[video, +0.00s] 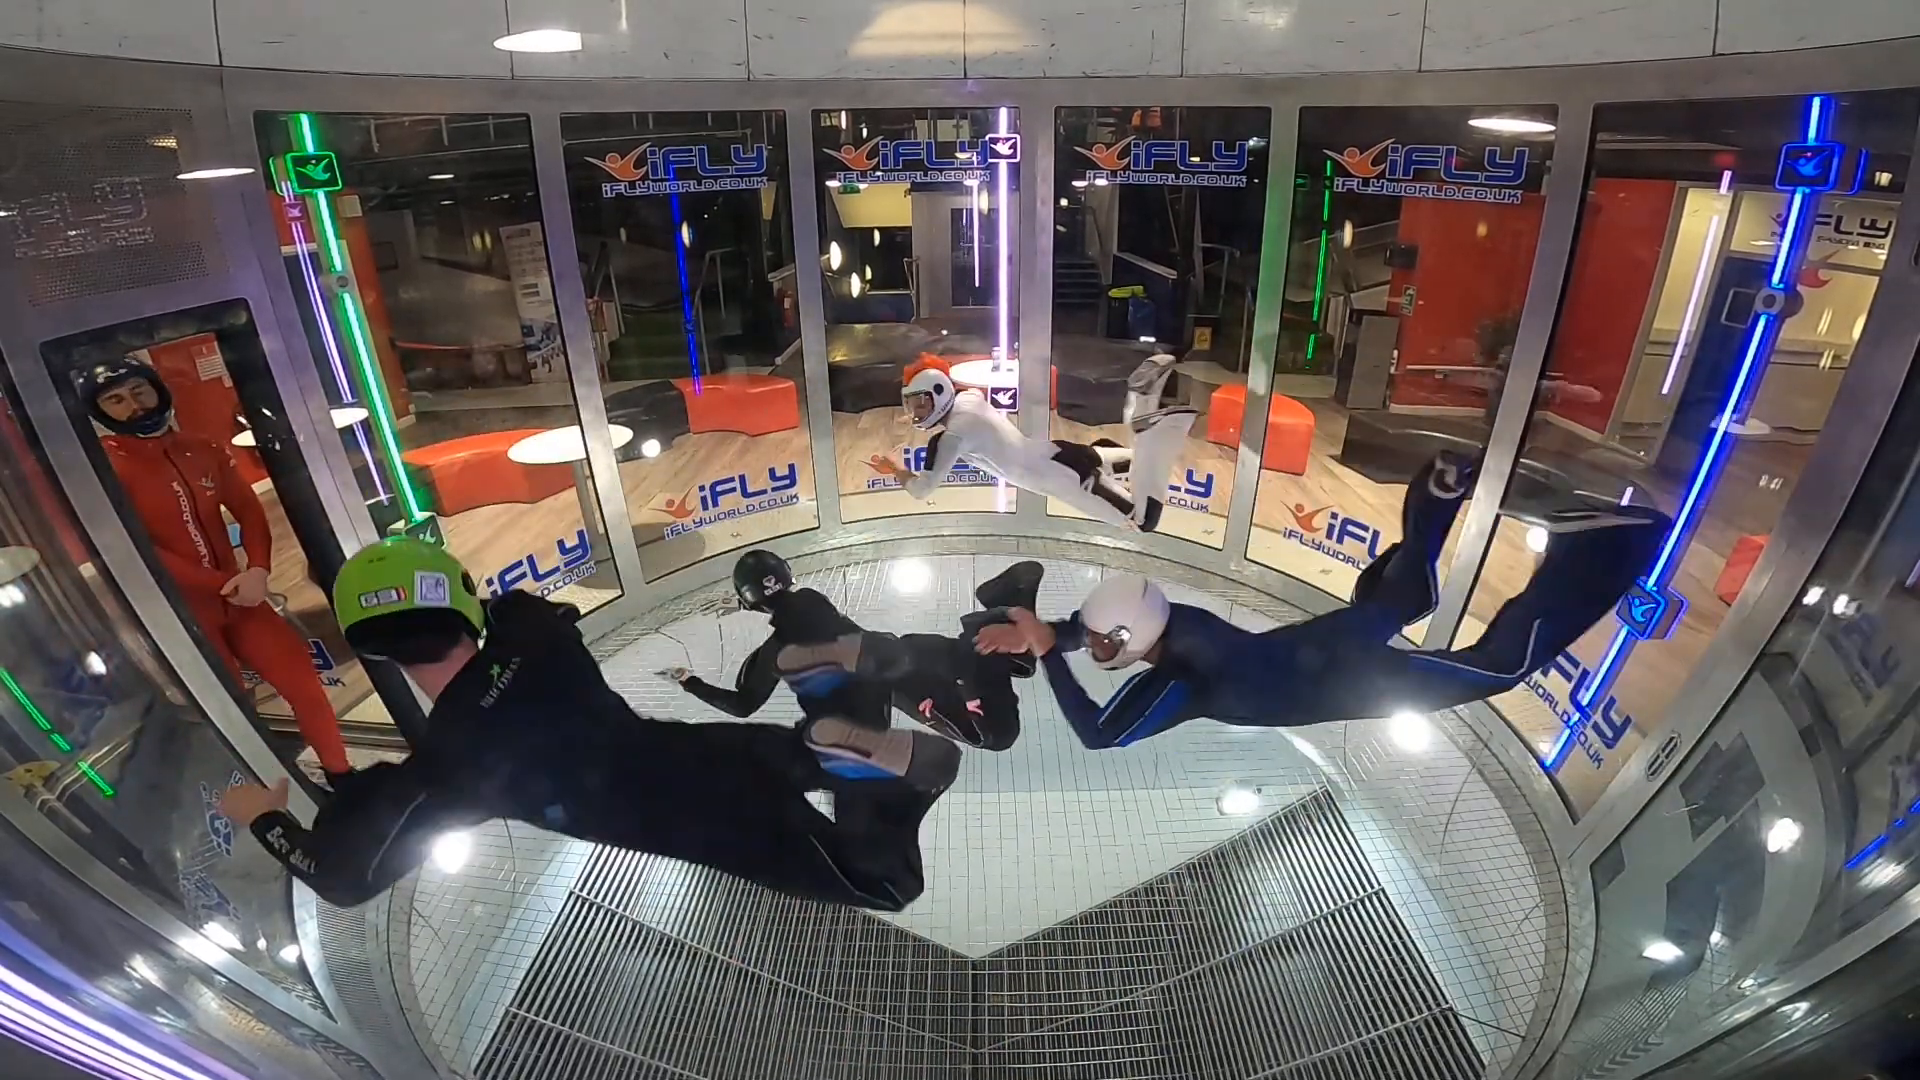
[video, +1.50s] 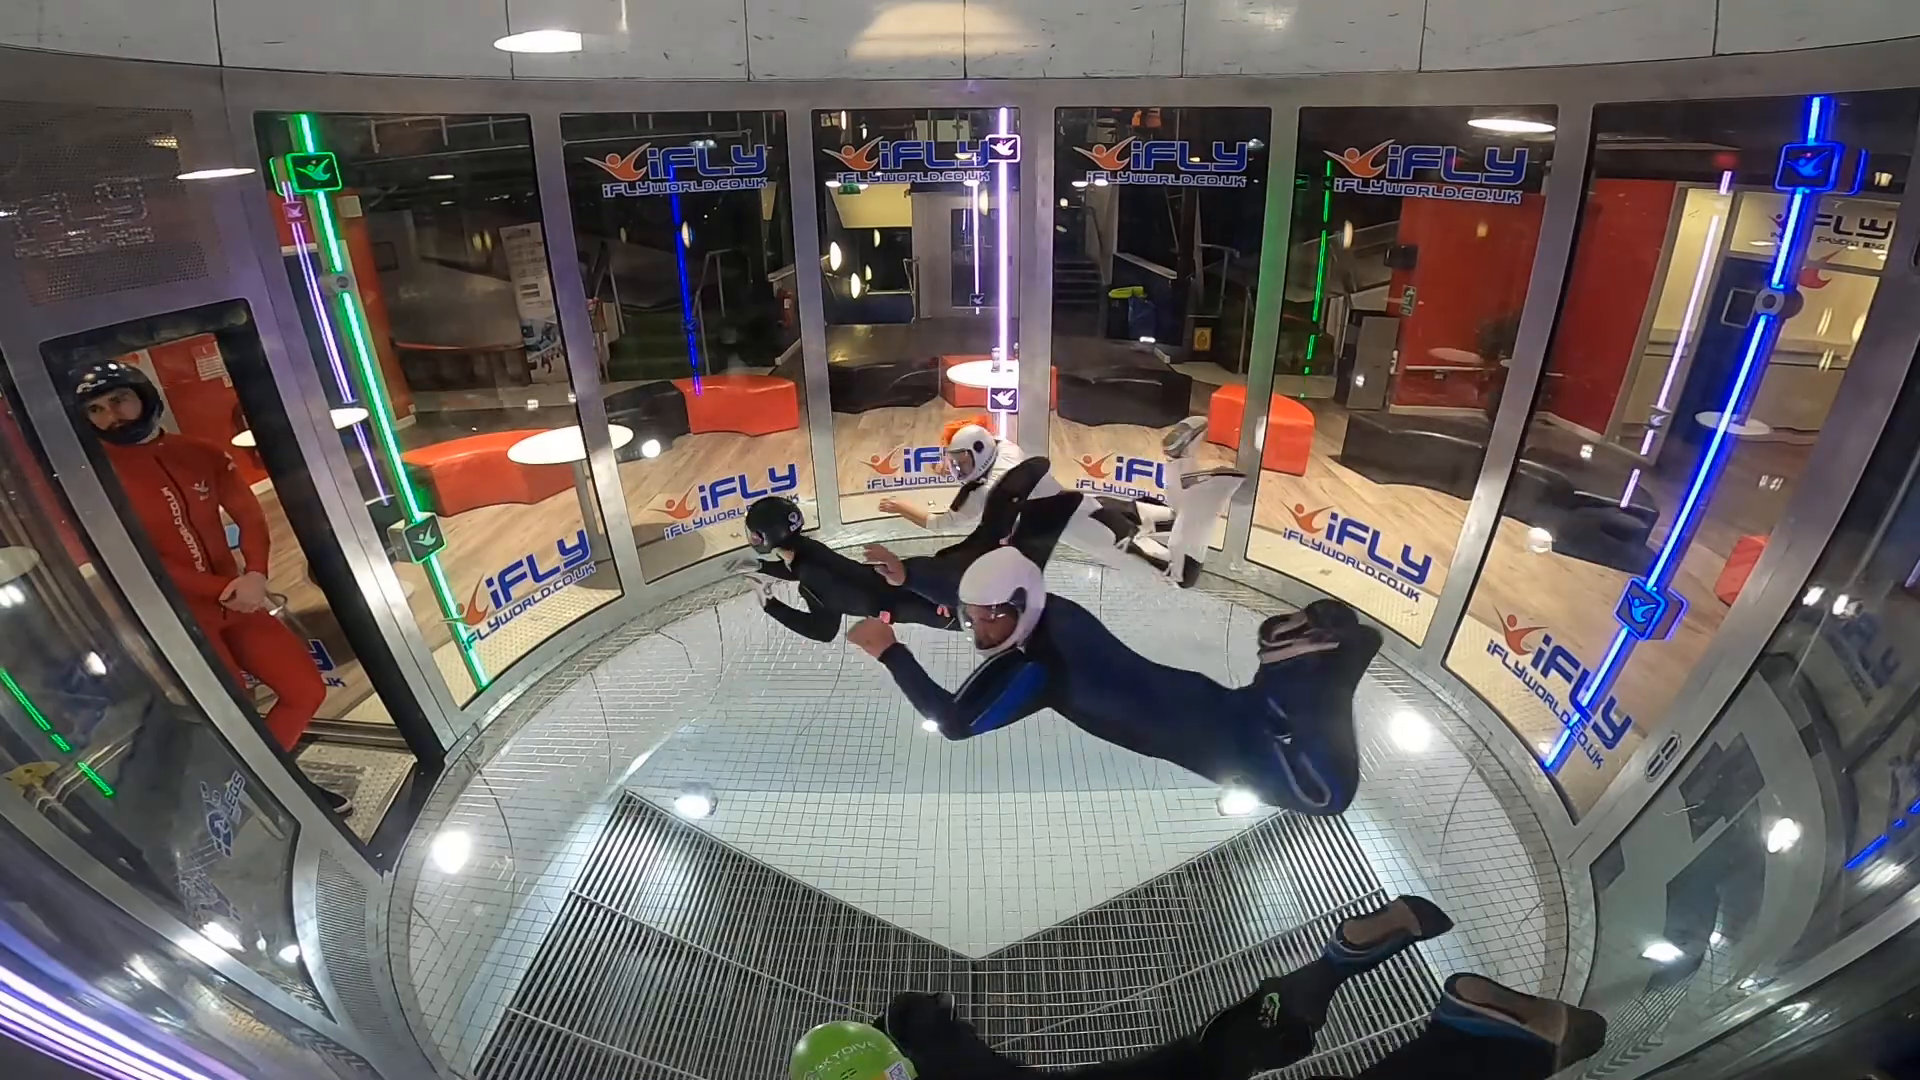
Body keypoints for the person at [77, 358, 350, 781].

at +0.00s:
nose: (135, 406)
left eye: (139, 391)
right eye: (117, 401)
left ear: (157, 390)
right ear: (100, 415)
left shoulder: (200, 450)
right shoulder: (105, 469)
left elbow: (248, 509)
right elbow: (136, 553)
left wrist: (258, 568)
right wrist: (224, 583)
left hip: (238, 599)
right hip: (186, 618)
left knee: (302, 680)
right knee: (233, 718)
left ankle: (342, 778)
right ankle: (267, 818)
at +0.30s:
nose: (131, 411)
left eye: (134, 395)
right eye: (113, 408)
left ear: (150, 393)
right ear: (97, 421)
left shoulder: (203, 451)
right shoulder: (103, 477)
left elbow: (250, 513)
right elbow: (136, 562)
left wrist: (259, 569)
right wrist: (222, 585)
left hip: (239, 601)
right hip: (185, 621)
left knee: (305, 676)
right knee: (234, 717)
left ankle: (316, 776)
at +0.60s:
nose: (129, 415)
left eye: (131, 398)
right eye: (110, 411)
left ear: (147, 394)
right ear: (93, 424)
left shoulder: (200, 451)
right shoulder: (102, 474)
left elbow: (249, 512)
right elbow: (137, 562)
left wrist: (262, 573)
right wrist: (227, 588)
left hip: (239, 601)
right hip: (185, 618)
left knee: (294, 694)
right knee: (235, 712)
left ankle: (243, 781)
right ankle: (292, 788)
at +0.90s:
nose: (127, 415)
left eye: (128, 398)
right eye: (107, 412)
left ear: (144, 393)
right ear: (90, 423)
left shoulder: (203, 453)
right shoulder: (98, 477)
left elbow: (249, 515)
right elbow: (136, 564)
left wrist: (256, 575)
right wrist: (225, 590)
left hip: (237, 602)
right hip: (184, 619)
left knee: (301, 692)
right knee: (236, 714)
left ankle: (248, 778)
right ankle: (295, 790)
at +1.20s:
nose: (125, 412)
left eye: (127, 395)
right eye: (105, 409)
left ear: (144, 393)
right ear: (89, 422)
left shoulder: (201, 456)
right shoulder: (99, 476)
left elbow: (250, 518)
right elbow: (136, 566)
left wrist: (256, 574)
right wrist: (225, 590)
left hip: (236, 604)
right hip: (184, 622)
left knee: (306, 690)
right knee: (238, 716)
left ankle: (244, 781)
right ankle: (294, 790)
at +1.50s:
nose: (115, 416)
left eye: (120, 400)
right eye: (98, 410)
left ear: (142, 398)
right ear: (86, 422)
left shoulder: (198, 454)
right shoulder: (97, 477)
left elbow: (250, 515)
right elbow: (135, 568)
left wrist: (254, 575)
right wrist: (225, 589)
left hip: (236, 603)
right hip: (185, 621)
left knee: (306, 690)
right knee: (238, 714)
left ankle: (245, 782)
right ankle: (292, 792)